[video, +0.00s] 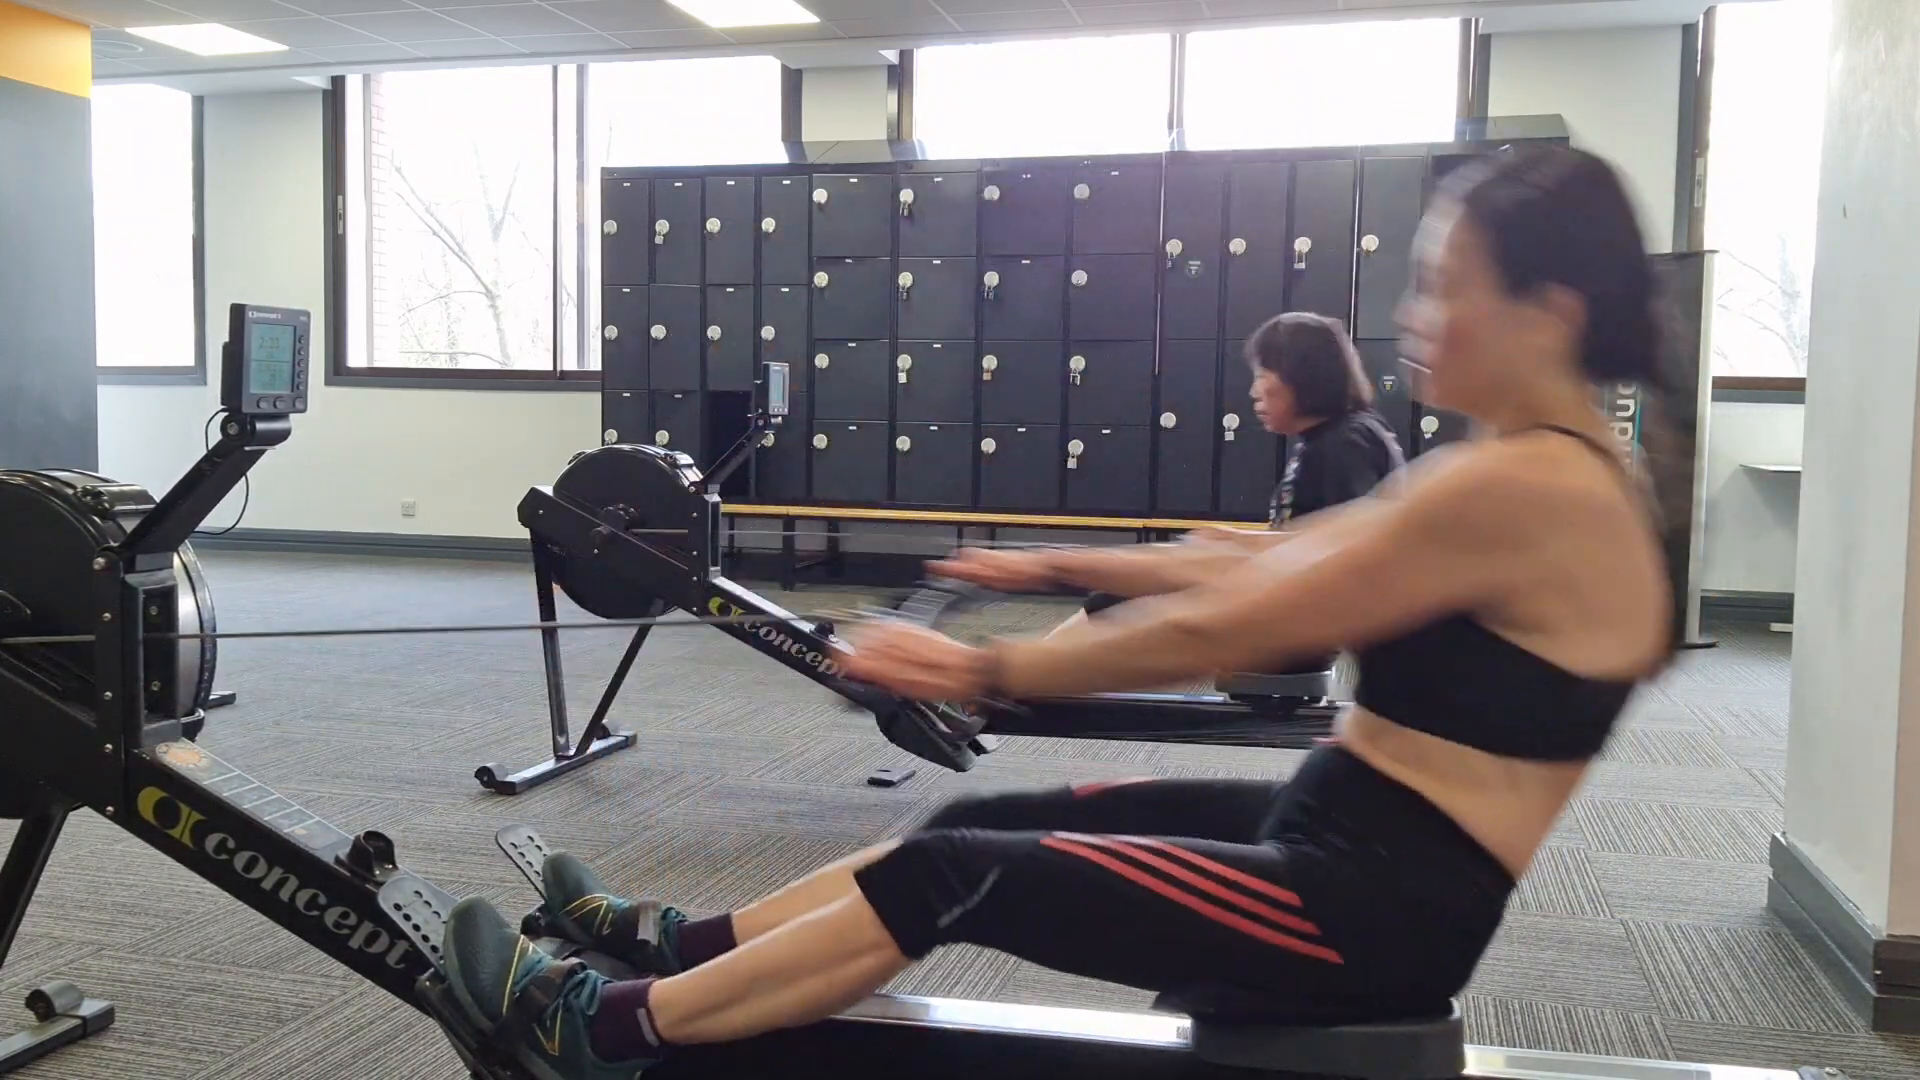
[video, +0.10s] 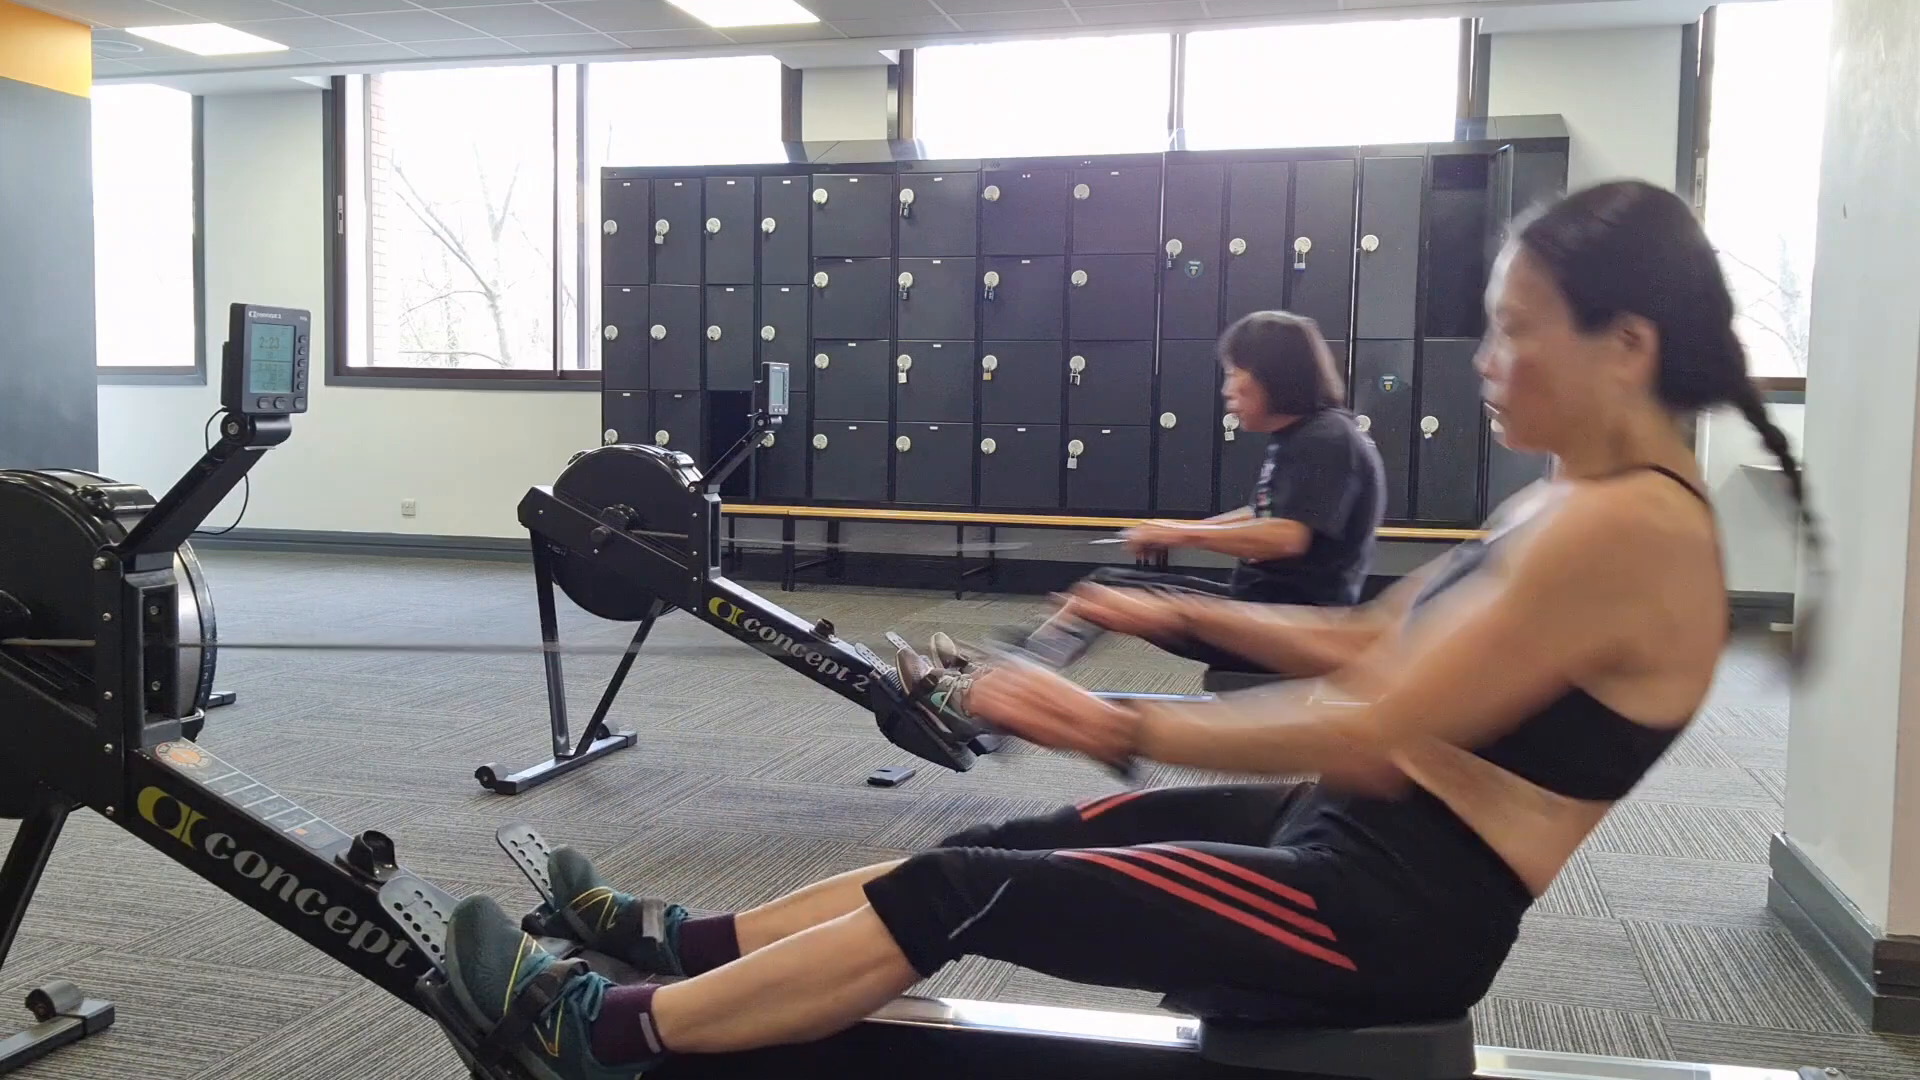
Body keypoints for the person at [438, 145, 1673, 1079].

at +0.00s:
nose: (1420, 324)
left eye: (1450, 295)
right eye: (1427, 292)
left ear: (1556, 317)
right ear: (1541, 318)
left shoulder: (1529, 488)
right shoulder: (1504, 468)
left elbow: (1242, 623)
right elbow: (1260, 574)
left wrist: (985, 672)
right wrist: (1046, 589)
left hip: (1360, 906)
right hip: (1330, 833)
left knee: (966, 864)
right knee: (972, 825)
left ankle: (603, 1031)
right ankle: (681, 948)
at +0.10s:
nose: (1488, 364)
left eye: (1519, 331)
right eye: (1492, 330)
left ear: (1633, 348)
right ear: (1602, 352)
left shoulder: (1624, 528)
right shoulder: (1589, 506)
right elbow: (1391, 661)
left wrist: (1120, 736)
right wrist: (1178, 627)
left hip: (1399, 902)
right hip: (1367, 853)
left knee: (971, 884)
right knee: (984, 848)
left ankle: (619, 1031)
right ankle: (674, 952)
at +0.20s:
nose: (1498, 378)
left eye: (1525, 344)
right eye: (1500, 346)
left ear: (1639, 350)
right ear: (1625, 353)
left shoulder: (1657, 550)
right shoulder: (1603, 517)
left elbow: (1517, 849)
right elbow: (1454, 749)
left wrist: (1266, 813)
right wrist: (1297, 707)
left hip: (1386, 940)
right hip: (1349, 869)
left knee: (964, 882)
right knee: (977, 832)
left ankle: (615, 1032)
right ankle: (693, 957)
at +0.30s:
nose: (1471, 359)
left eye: (1495, 323)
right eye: (1474, 325)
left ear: (1601, 327)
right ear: (1572, 324)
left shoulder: (1634, 534)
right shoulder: (1563, 495)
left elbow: (1673, 858)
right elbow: (1559, 776)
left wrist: (1406, 853)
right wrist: (1380, 736)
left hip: (1380, 925)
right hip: (1333, 838)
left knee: (956, 863)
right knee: (962, 821)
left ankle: (623, 1026)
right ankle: (687, 966)